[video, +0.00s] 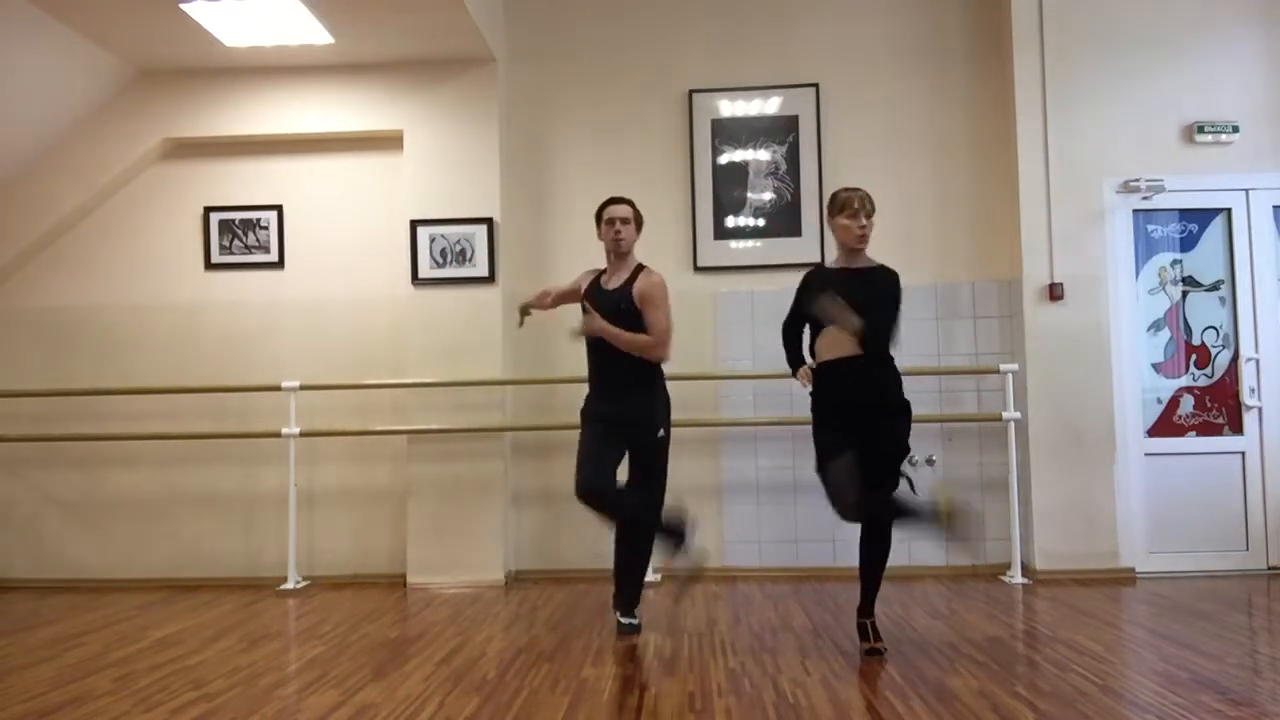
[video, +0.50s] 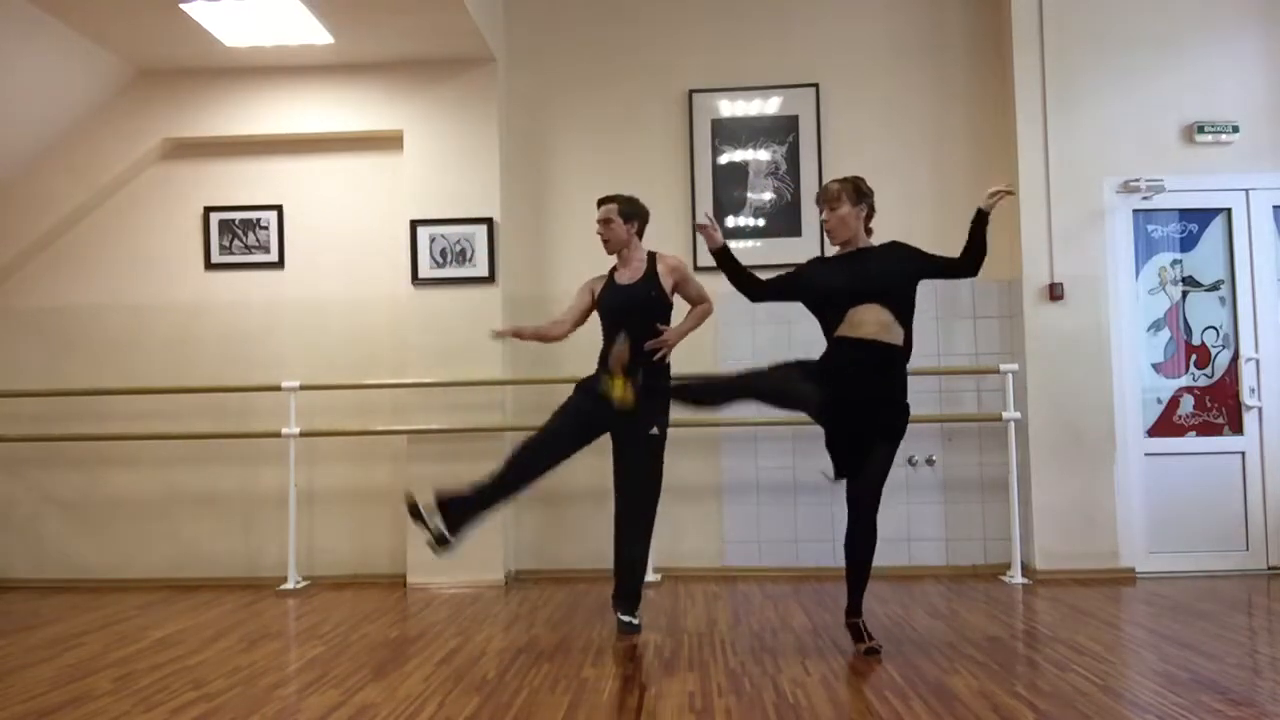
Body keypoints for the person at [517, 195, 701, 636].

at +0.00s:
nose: (618, 229)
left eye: (625, 223)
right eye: (610, 223)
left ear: (638, 231)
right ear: (599, 232)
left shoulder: (650, 283)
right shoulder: (591, 282)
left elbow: (660, 350)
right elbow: (558, 297)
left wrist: (605, 330)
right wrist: (541, 300)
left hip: (648, 410)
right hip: (602, 407)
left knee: (638, 512)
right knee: (591, 489)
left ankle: (626, 606)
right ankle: (666, 523)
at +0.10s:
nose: (618, 230)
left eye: (625, 223)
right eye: (611, 224)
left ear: (640, 231)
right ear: (602, 232)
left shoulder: (657, 283)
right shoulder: (593, 283)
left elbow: (686, 344)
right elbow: (544, 302)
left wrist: (632, 344)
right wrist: (504, 313)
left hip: (647, 410)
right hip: (602, 406)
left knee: (642, 509)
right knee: (574, 491)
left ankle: (629, 603)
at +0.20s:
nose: (612, 230)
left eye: (619, 223)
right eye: (607, 224)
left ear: (640, 228)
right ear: (602, 232)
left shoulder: (663, 280)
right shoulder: (594, 283)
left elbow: (697, 329)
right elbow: (538, 302)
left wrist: (655, 345)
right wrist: (488, 319)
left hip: (645, 408)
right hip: (601, 404)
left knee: (641, 509)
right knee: (567, 489)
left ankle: (629, 604)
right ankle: (538, 588)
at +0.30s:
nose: (601, 231)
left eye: (609, 223)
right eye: (600, 224)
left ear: (635, 228)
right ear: (605, 230)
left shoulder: (666, 270)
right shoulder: (597, 284)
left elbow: (706, 309)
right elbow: (537, 309)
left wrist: (673, 336)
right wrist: (476, 322)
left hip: (644, 398)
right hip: (599, 391)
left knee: (636, 506)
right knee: (543, 461)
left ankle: (627, 606)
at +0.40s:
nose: (600, 231)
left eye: (608, 224)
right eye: (599, 224)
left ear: (633, 227)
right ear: (611, 230)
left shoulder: (667, 268)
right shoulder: (598, 285)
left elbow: (708, 303)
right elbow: (546, 314)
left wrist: (676, 333)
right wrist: (488, 324)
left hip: (643, 400)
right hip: (599, 391)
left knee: (635, 508)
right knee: (527, 444)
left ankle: (627, 605)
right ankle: (441, 496)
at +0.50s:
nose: (600, 230)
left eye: (608, 223)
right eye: (599, 224)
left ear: (634, 227)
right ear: (609, 230)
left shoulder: (668, 268)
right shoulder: (598, 286)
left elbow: (704, 304)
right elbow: (562, 327)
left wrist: (678, 333)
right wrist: (519, 332)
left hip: (646, 400)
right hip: (599, 392)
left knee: (637, 506)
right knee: (533, 457)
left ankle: (627, 604)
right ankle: (451, 521)